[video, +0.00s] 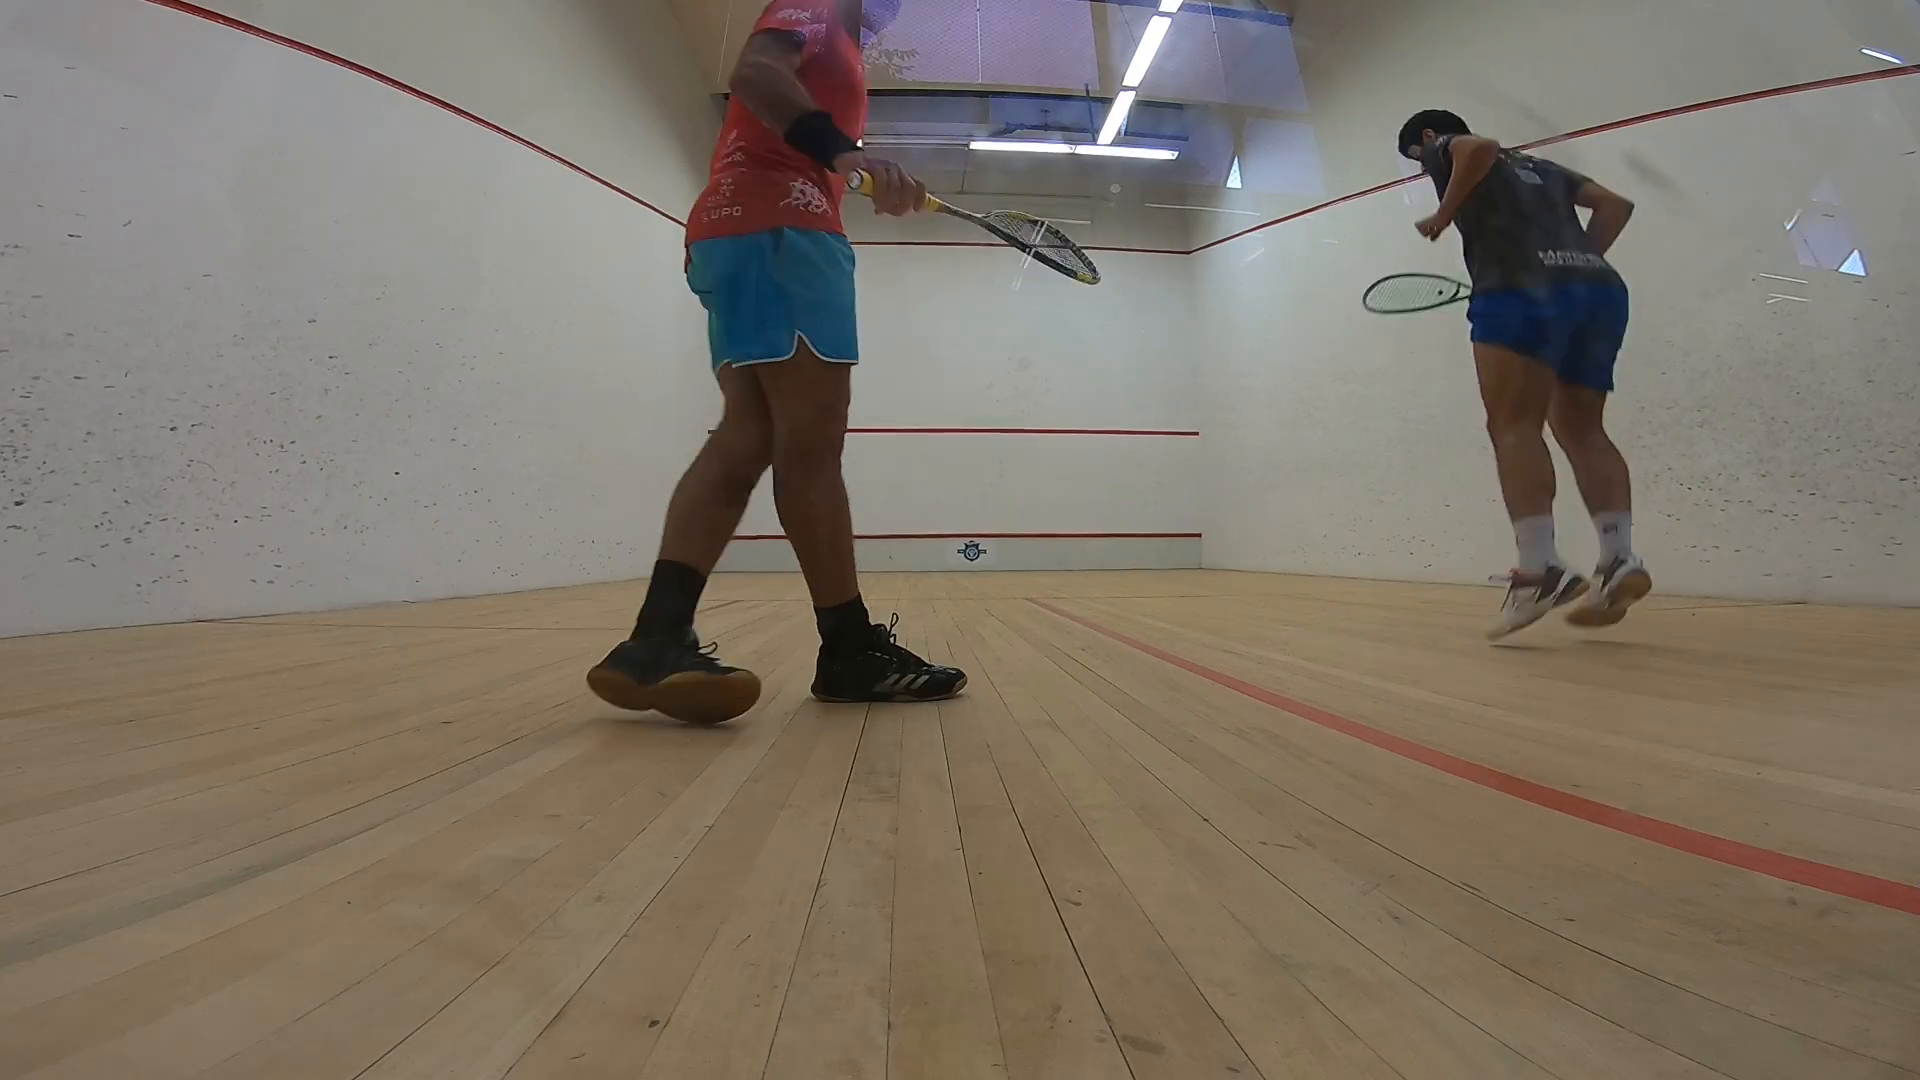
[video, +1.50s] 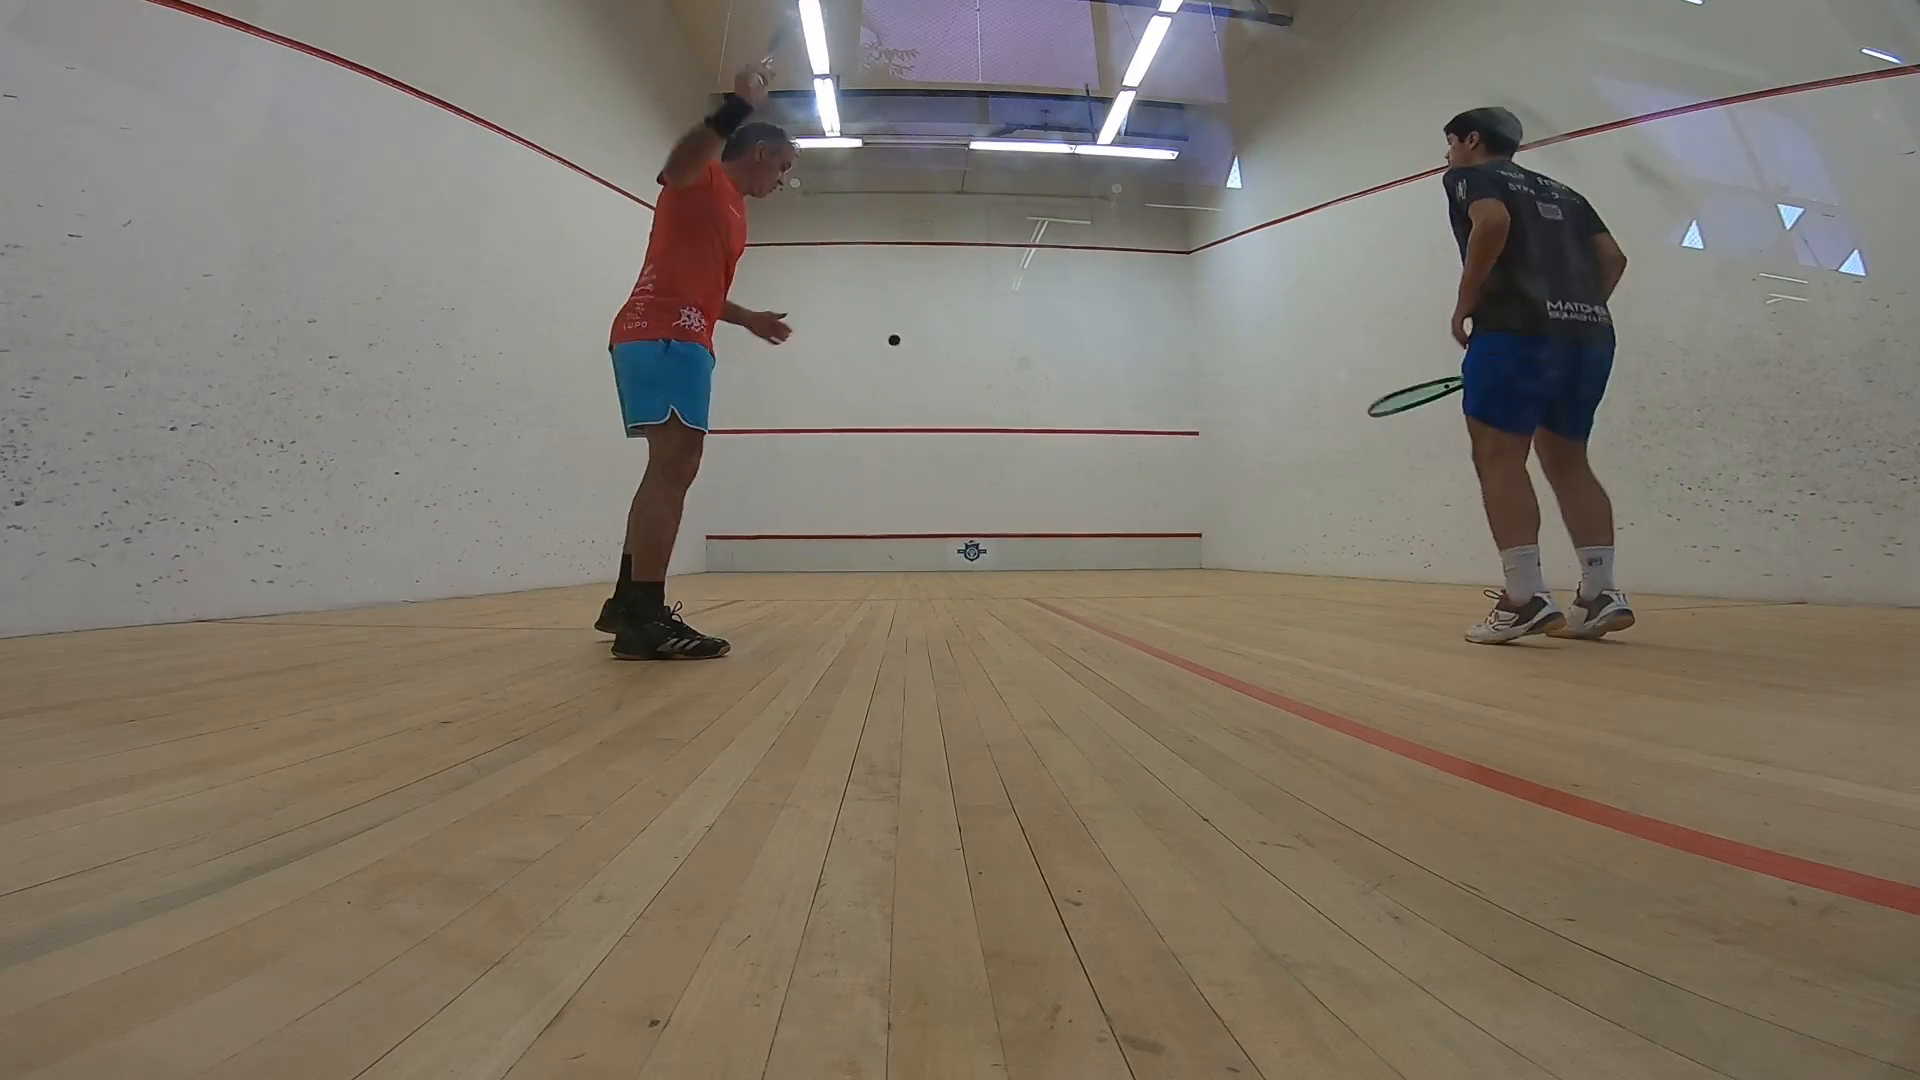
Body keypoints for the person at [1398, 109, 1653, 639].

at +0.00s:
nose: (1419, 161)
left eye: (1416, 153)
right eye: (1415, 157)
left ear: (1429, 137)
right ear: (1463, 125)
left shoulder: (1445, 150)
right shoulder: (1535, 165)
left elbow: (1481, 148)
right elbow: (1615, 206)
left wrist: (1442, 214)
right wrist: (1579, 267)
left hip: (1521, 288)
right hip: (1598, 290)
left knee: (1513, 426)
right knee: (1579, 424)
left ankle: (1537, 571)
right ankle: (1620, 562)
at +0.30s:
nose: (1423, 193)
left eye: (1418, 183)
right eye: (1418, 187)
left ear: (1426, 166)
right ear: (1446, 162)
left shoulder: (1445, 166)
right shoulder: (1533, 185)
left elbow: (1468, 124)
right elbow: (1626, 208)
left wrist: (1473, 194)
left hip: (1555, 273)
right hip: (1632, 271)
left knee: (1483, 400)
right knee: (1541, 393)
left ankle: (1564, 519)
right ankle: (1637, 462)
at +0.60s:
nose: (1436, 176)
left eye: (1437, 167)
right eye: (1435, 168)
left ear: (1457, 158)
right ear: (1492, 161)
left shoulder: (1461, 182)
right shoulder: (1547, 201)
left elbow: (1491, 210)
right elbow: (1610, 269)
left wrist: (1458, 275)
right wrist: (1577, 333)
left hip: (1534, 340)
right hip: (1607, 338)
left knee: (1522, 472)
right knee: (1583, 467)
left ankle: (1579, 605)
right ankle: (1663, 590)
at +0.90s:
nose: (1439, 169)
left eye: (1442, 160)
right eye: (1440, 161)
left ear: (1463, 158)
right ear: (1496, 161)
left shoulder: (1456, 189)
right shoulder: (1547, 199)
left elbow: (1483, 235)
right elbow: (1610, 263)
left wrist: (1459, 300)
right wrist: (1583, 323)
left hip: (1522, 335)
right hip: (1594, 336)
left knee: (1495, 466)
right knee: (1558, 463)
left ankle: (1531, 594)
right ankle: (1595, 597)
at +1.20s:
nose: (1442, 138)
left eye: (1447, 128)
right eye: (1443, 128)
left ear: (1470, 126)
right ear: (1501, 132)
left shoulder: (1458, 155)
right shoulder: (1548, 174)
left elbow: (1480, 198)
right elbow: (1610, 237)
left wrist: (1444, 273)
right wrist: (1579, 292)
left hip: (1502, 313)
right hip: (1576, 313)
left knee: (1497, 441)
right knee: (1565, 444)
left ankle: (1516, 582)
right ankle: (1590, 577)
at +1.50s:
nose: (1448, 154)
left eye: (1451, 144)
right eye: (1449, 145)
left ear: (1472, 141)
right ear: (1508, 147)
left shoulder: (1467, 174)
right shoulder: (1561, 191)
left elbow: (1492, 219)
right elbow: (1611, 257)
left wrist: (1464, 303)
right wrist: (1574, 317)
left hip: (1517, 330)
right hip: (1590, 336)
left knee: (1499, 458)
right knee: (1566, 457)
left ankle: (1524, 596)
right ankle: (1601, 594)